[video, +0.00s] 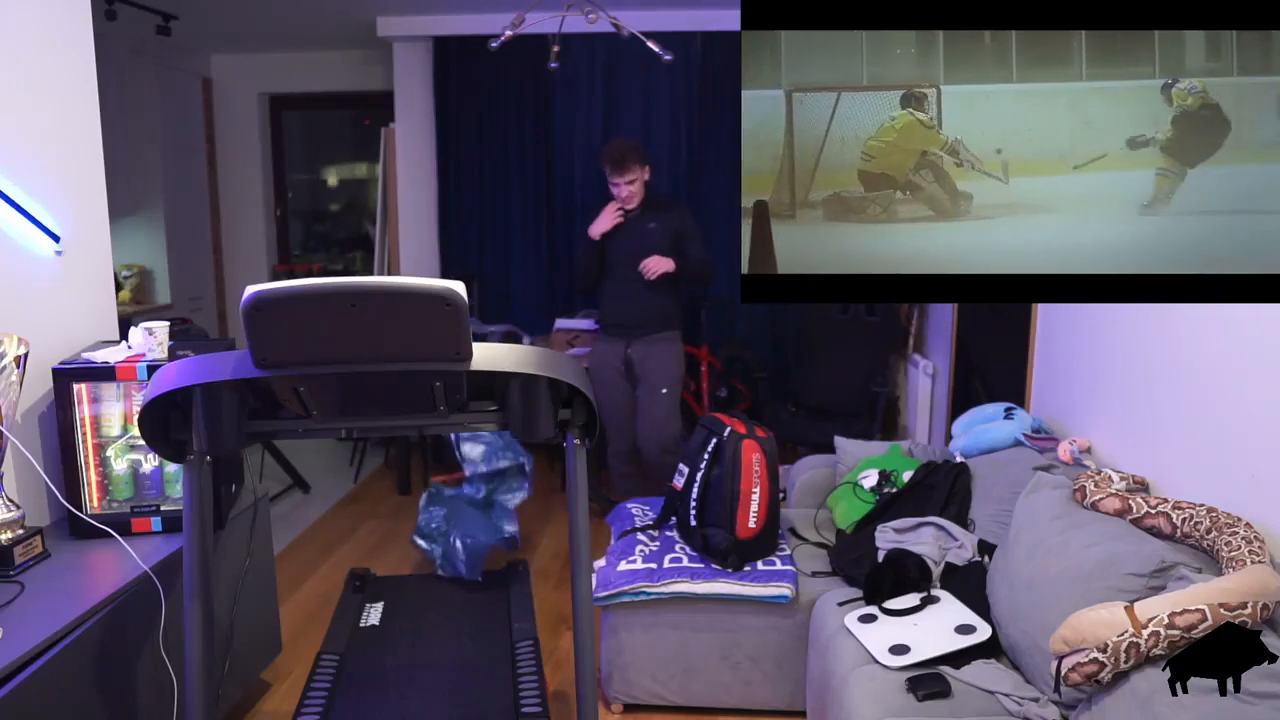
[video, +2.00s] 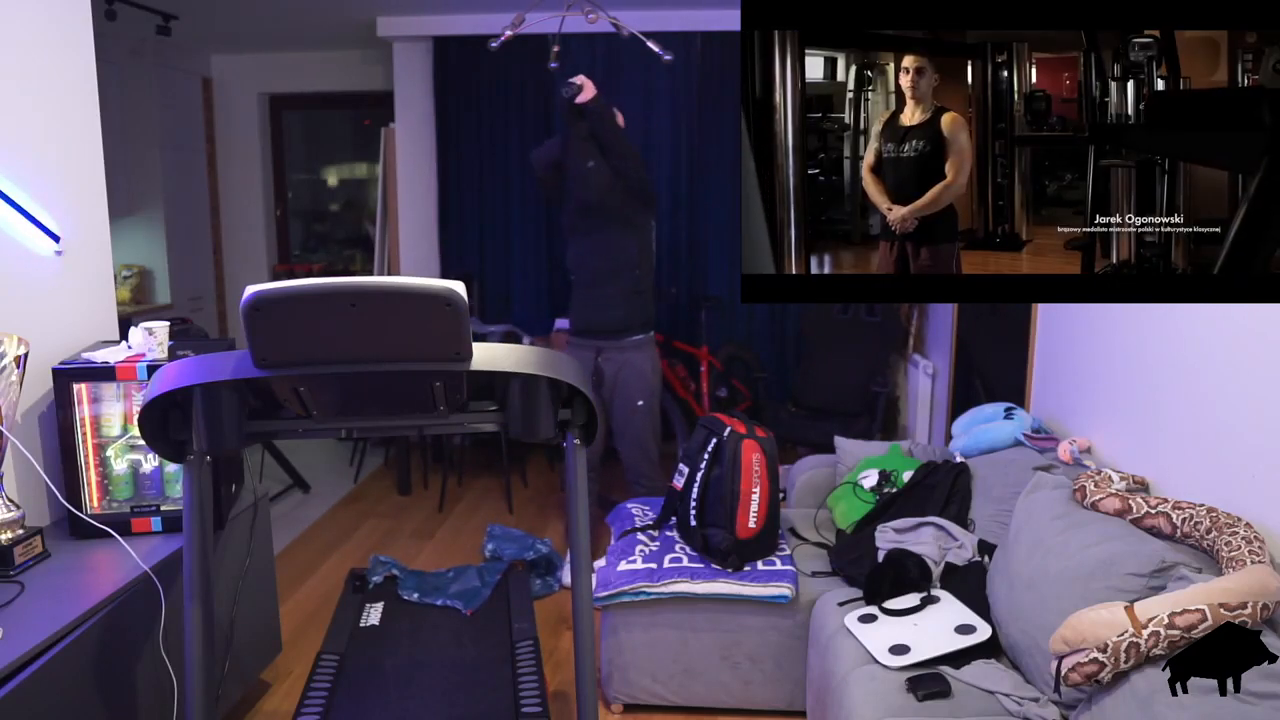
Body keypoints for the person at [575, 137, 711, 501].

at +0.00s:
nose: (623, 192)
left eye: (631, 182)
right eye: (615, 184)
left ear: (646, 175)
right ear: (607, 180)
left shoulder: (671, 217)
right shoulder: (603, 222)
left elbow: (702, 270)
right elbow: (583, 284)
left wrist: (675, 263)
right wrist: (593, 235)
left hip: (659, 342)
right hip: (610, 344)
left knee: (658, 439)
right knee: (618, 445)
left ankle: (676, 517)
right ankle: (633, 523)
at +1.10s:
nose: (650, 179)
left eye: (660, 173)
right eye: (646, 172)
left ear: (679, 175)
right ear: (636, 170)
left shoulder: (691, 214)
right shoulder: (624, 208)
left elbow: (690, 259)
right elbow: (582, 244)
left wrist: (665, 201)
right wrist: (610, 202)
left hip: (660, 346)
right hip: (608, 344)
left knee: (655, 448)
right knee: (600, 446)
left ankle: (654, 543)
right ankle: (596, 535)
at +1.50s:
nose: (631, 179)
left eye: (639, 171)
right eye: (627, 172)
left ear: (657, 171)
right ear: (619, 174)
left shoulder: (675, 205)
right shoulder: (610, 200)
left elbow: (671, 183)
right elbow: (570, 176)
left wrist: (634, 135)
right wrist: (585, 128)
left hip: (659, 348)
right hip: (608, 345)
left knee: (655, 456)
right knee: (594, 451)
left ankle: (657, 547)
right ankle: (588, 541)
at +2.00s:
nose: (616, 132)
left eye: (616, 127)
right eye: (609, 126)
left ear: (621, 137)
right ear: (596, 132)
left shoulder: (637, 192)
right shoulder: (571, 190)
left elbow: (618, 151)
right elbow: (544, 160)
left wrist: (593, 106)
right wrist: (579, 120)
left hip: (630, 341)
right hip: (580, 339)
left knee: (639, 452)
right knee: (580, 451)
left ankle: (651, 547)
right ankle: (581, 547)